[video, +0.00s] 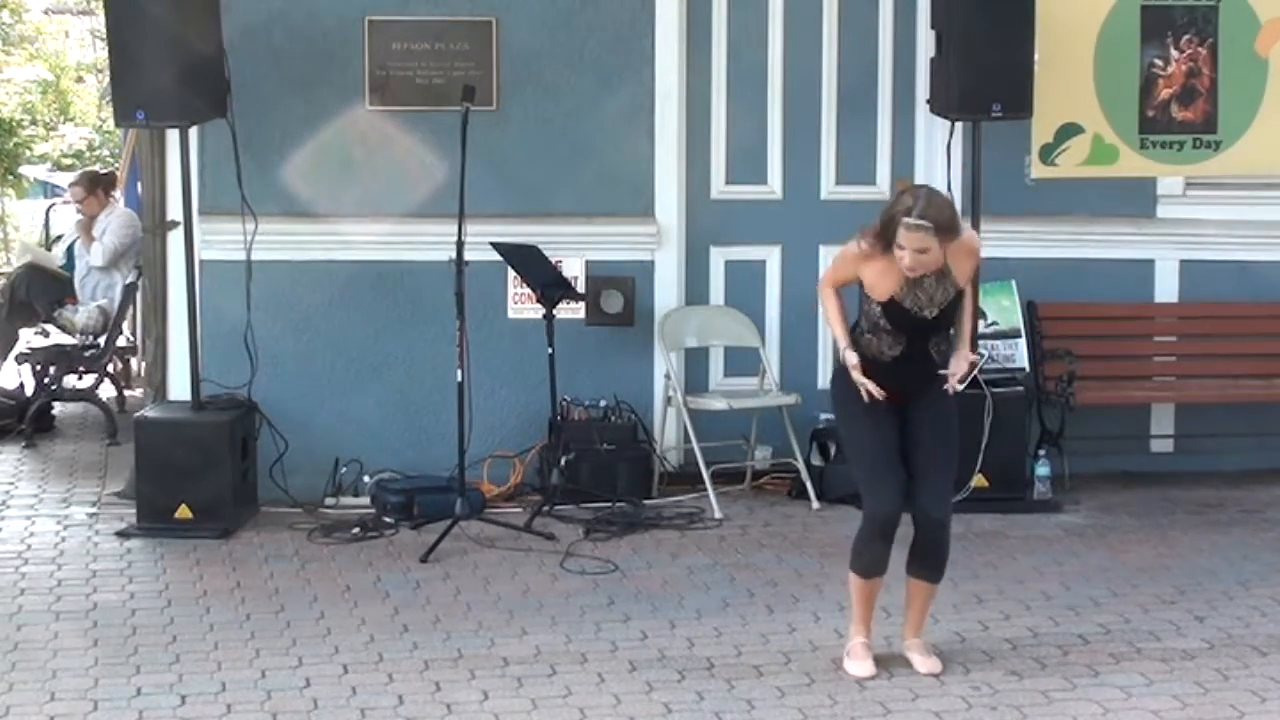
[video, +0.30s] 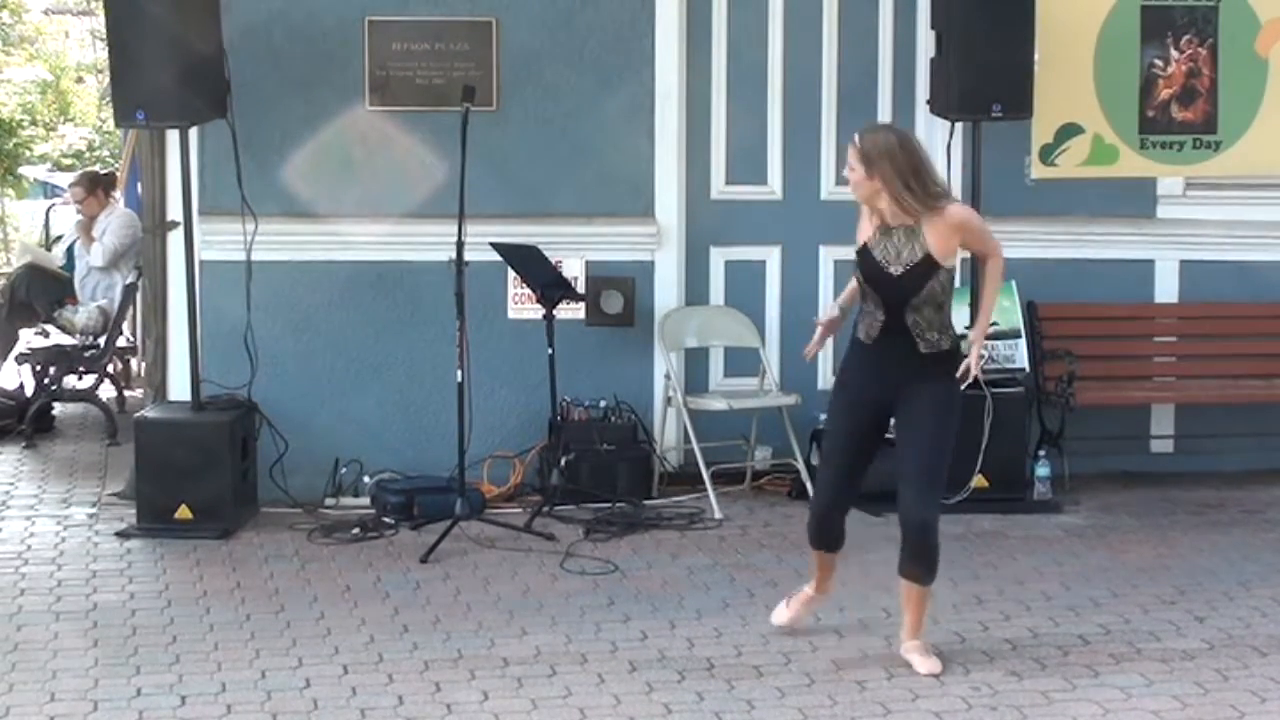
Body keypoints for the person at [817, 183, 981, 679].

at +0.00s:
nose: (909, 260)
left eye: (921, 251)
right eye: (901, 248)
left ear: (946, 240)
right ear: (890, 236)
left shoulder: (965, 251)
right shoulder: (865, 256)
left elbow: (967, 289)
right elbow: (828, 285)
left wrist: (965, 346)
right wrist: (848, 353)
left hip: (930, 383)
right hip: (865, 381)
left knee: (935, 510)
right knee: (884, 506)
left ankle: (913, 638)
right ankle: (859, 637)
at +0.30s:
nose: (846, 177)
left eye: (853, 168)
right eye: (846, 167)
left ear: (885, 174)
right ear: (881, 174)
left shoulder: (951, 218)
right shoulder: (867, 216)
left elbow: (992, 257)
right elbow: (872, 272)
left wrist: (979, 332)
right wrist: (837, 311)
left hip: (930, 373)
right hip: (867, 366)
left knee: (919, 512)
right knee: (828, 497)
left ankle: (912, 638)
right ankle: (820, 585)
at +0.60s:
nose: (809, 108)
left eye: (817, 100)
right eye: (812, 100)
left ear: (846, 108)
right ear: (840, 109)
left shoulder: (895, 163)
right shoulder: (833, 166)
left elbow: (964, 220)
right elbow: (856, 245)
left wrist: (963, 304)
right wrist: (825, 282)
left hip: (881, 330)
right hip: (829, 328)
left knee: (894, 468)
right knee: (820, 458)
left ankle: (920, 620)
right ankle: (817, 578)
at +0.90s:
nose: (821, 123)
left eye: (831, 116)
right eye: (811, 113)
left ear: (843, 130)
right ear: (790, 125)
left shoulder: (849, 190)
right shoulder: (794, 189)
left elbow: (911, 232)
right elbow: (810, 271)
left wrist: (970, 266)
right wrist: (802, 331)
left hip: (855, 344)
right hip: (808, 347)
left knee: (869, 472)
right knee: (801, 474)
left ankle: (887, 628)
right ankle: (834, 597)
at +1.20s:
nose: (837, 155)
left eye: (845, 147)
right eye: (825, 146)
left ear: (855, 159)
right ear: (802, 157)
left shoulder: (863, 222)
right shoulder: (803, 224)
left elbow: (929, 259)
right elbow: (818, 311)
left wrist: (968, 230)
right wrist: (794, 371)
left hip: (870, 384)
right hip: (820, 382)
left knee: (851, 509)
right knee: (794, 501)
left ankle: (891, 664)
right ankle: (836, 603)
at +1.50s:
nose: (844, 162)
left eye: (859, 152)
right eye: (839, 154)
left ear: (889, 165)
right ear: (833, 170)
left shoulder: (909, 237)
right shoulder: (846, 240)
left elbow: (969, 305)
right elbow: (858, 333)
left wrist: (985, 254)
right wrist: (829, 389)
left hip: (898, 401)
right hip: (847, 395)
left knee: (856, 535)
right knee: (815, 491)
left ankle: (897, 671)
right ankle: (815, 584)